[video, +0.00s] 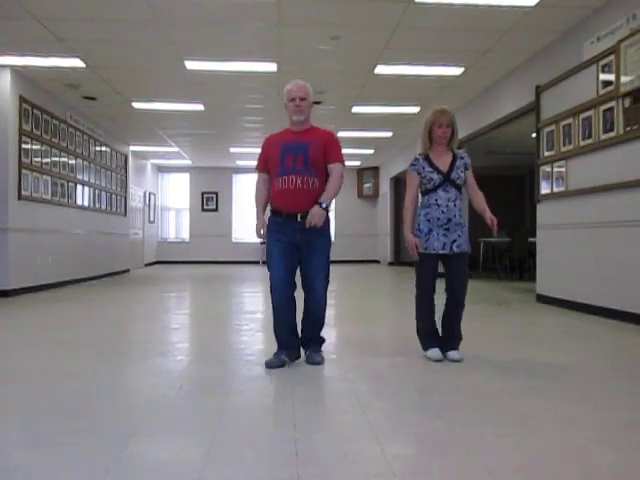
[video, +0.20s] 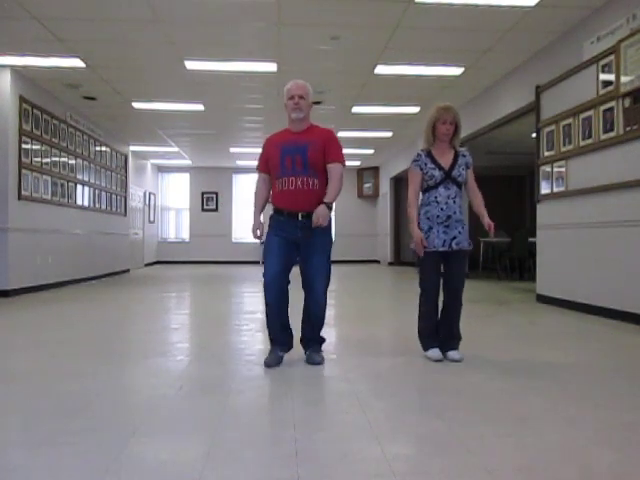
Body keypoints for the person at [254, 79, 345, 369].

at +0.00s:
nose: (297, 103)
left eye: (303, 98)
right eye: (292, 99)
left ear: (311, 102)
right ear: (285, 104)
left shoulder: (326, 138)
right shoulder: (272, 142)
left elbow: (337, 174)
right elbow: (263, 180)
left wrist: (323, 205)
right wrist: (260, 214)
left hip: (314, 222)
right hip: (280, 223)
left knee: (316, 288)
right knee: (280, 288)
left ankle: (313, 345)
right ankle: (287, 348)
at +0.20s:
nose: (296, 101)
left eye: (301, 97)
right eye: (291, 97)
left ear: (311, 102)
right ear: (284, 103)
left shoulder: (326, 137)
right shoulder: (273, 142)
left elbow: (336, 175)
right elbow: (264, 180)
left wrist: (326, 204)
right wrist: (257, 214)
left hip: (316, 222)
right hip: (281, 221)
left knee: (317, 287)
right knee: (273, 281)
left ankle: (313, 345)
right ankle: (279, 344)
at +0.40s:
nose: (291, 104)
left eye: (297, 99)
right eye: (286, 100)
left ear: (306, 104)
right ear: (279, 106)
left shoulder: (322, 140)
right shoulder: (266, 144)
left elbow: (335, 180)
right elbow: (257, 183)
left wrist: (333, 216)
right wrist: (251, 218)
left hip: (312, 225)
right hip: (276, 225)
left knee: (315, 289)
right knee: (270, 287)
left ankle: (312, 345)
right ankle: (261, 347)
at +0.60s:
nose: (281, 105)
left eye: (287, 100)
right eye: (276, 101)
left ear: (296, 105)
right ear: (269, 106)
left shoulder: (312, 144)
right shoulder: (254, 144)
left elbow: (325, 183)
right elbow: (243, 184)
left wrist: (329, 220)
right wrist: (239, 222)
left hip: (300, 226)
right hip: (264, 226)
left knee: (307, 289)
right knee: (262, 290)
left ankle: (312, 345)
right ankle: (262, 349)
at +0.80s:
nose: (272, 101)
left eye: (277, 97)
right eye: (267, 97)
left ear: (286, 103)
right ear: (259, 104)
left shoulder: (302, 141)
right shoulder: (244, 140)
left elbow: (313, 181)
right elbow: (227, 178)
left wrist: (314, 217)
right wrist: (228, 212)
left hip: (291, 224)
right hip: (254, 223)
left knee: (302, 284)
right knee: (256, 290)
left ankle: (306, 341)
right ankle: (261, 347)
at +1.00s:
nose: (268, 101)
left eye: (274, 97)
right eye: (263, 97)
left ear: (282, 102)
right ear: (255, 103)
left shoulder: (298, 141)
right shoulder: (240, 140)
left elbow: (310, 180)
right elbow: (225, 177)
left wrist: (311, 213)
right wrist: (226, 209)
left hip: (287, 223)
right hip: (250, 222)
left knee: (290, 288)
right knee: (253, 289)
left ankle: (285, 345)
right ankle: (260, 347)